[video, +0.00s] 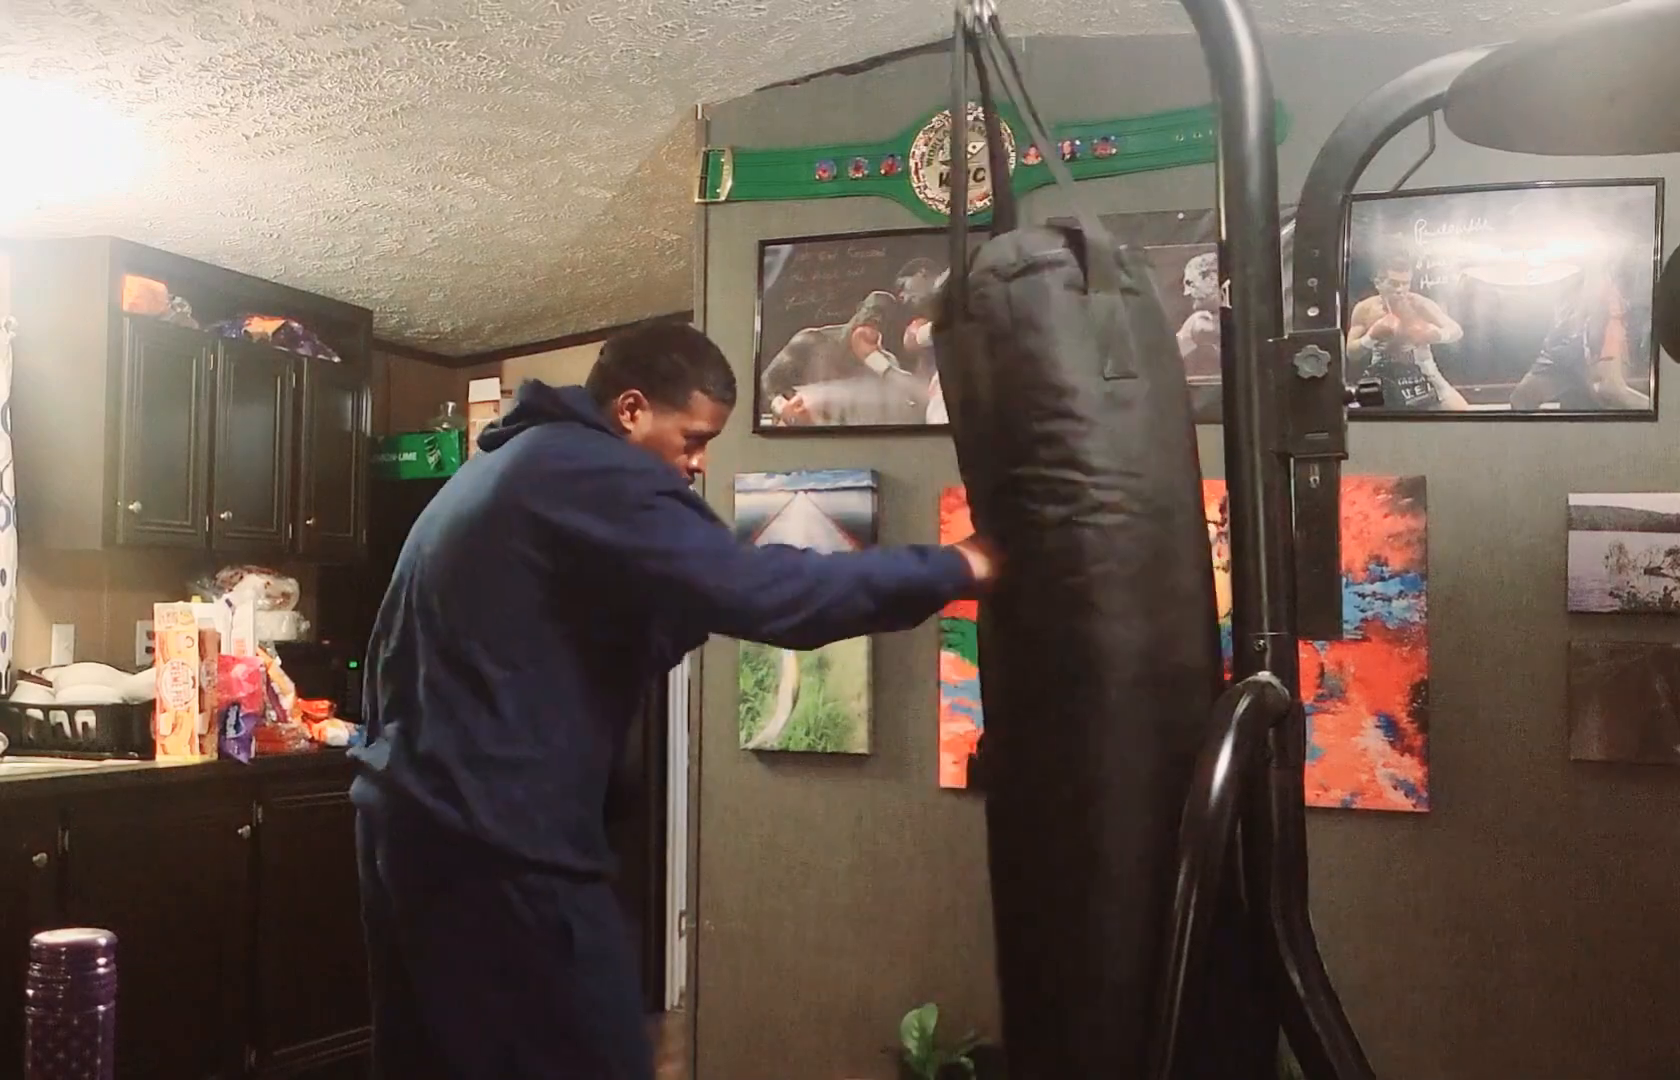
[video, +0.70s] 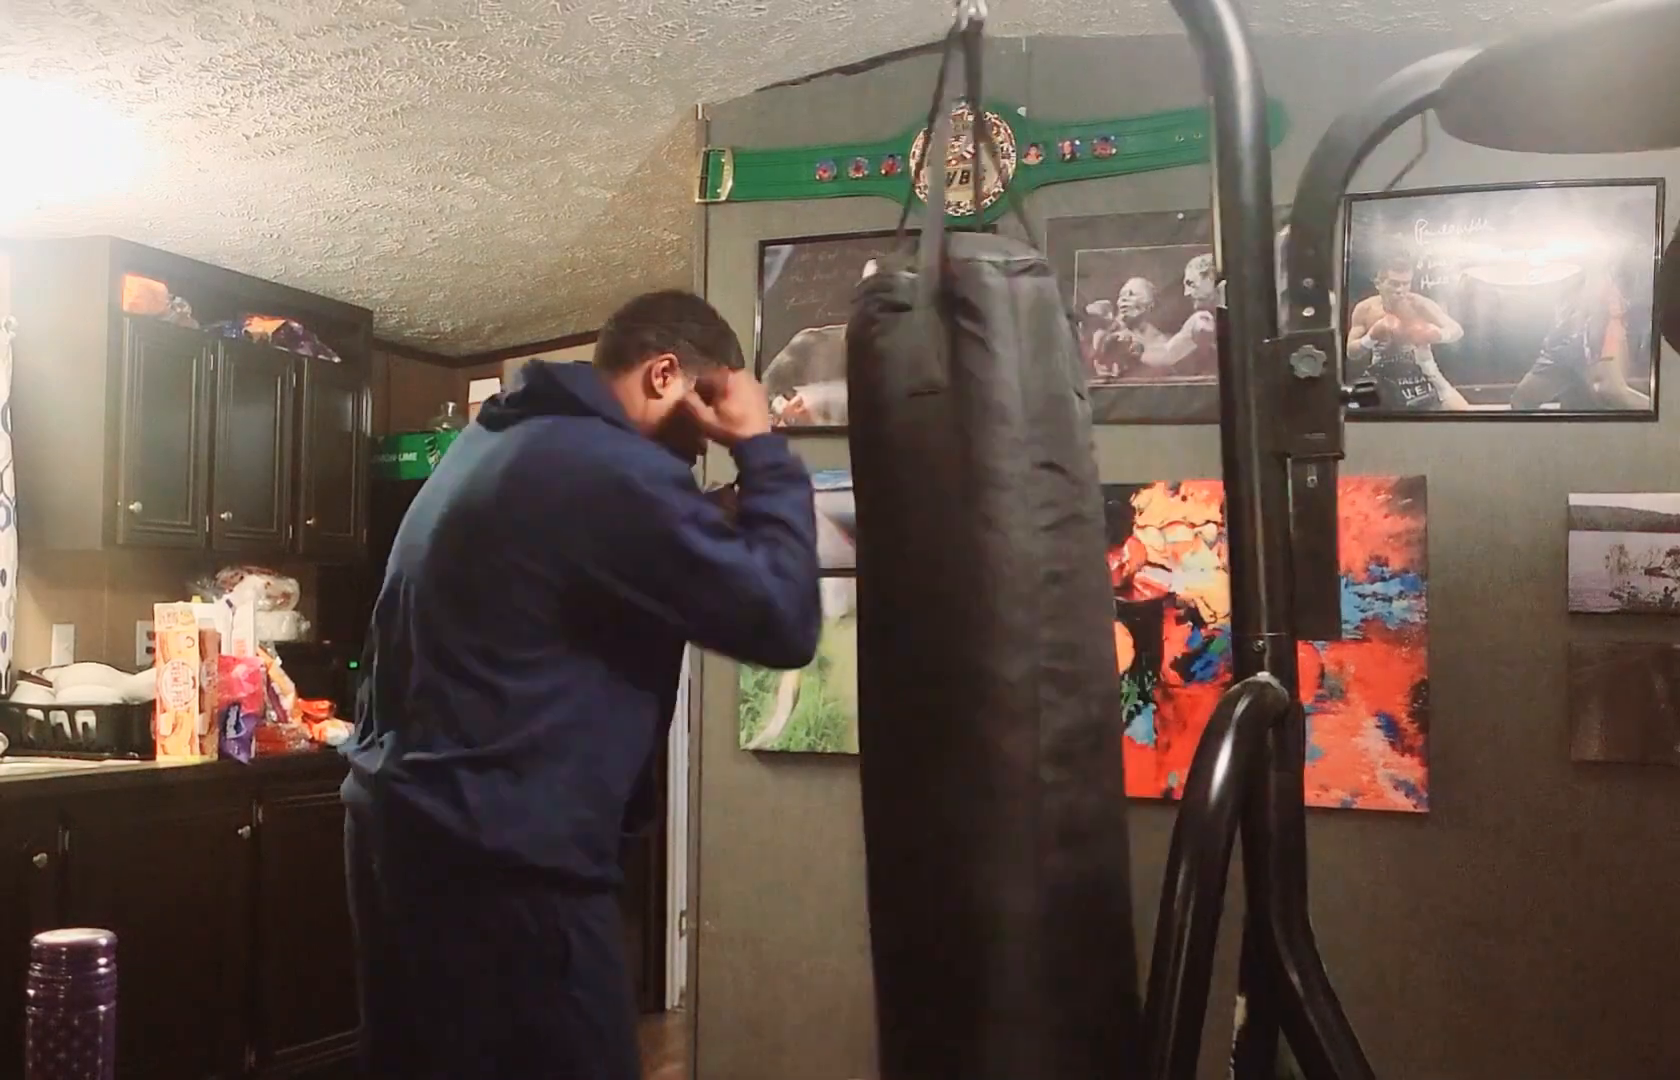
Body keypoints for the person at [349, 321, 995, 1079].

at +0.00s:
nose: (697, 467)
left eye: (704, 448)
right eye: (692, 442)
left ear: (620, 412)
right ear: (630, 410)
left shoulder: (507, 463)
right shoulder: (594, 476)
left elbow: (608, 659)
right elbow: (772, 593)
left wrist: (745, 563)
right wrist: (958, 565)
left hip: (408, 824)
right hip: (506, 841)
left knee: (434, 1055)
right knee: (597, 1056)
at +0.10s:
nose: (698, 453)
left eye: (705, 432)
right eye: (691, 429)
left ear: (621, 403)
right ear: (624, 404)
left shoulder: (534, 457)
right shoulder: (571, 468)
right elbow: (682, 632)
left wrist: (707, 596)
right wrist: (867, 601)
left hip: (428, 820)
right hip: (479, 837)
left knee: (451, 1052)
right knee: (580, 1051)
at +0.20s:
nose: (705, 454)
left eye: (711, 433)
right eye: (695, 429)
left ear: (626, 406)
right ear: (624, 404)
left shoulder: (602, 482)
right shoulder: (530, 481)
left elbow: (632, 629)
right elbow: (563, 693)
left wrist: (721, 598)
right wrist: (748, 640)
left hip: (527, 837)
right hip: (471, 851)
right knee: (553, 1059)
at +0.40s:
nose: (711, 470)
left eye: (719, 449)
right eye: (699, 445)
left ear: (634, 415)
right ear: (630, 412)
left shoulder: (648, 487)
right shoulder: (497, 508)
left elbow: (785, 533)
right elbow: (491, 726)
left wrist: (924, 526)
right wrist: (676, 656)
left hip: (544, 854)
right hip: (470, 866)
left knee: (469, 1064)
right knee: (570, 1062)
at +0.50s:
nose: (701, 452)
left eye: (710, 431)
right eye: (697, 424)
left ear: (633, 394)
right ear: (632, 391)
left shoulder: (604, 487)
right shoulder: (516, 500)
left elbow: (729, 567)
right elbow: (590, 708)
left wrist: (866, 524)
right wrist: (713, 572)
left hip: (532, 858)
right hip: (480, 870)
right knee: (568, 1063)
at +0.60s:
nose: (703, 440)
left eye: (715, 420)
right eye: (704, 413)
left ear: (640, 376)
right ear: (647, 379)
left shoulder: (508, 458)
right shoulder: (558, 482)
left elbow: (640, 617)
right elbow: (705, 673)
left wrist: (765, 539)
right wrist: (745, 496)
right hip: (499, 867)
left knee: (456, 1063)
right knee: (577, 1062)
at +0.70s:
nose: (704, 441)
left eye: (714, 417)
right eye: (707, 410)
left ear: (622, 372)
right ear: (663, 377)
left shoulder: (491, 442)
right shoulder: (608, 472)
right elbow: (783, 625)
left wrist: (716, 506)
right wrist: (761, 446)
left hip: (403, 828)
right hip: (511, 857)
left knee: (423, 1061)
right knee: (572, 1061)